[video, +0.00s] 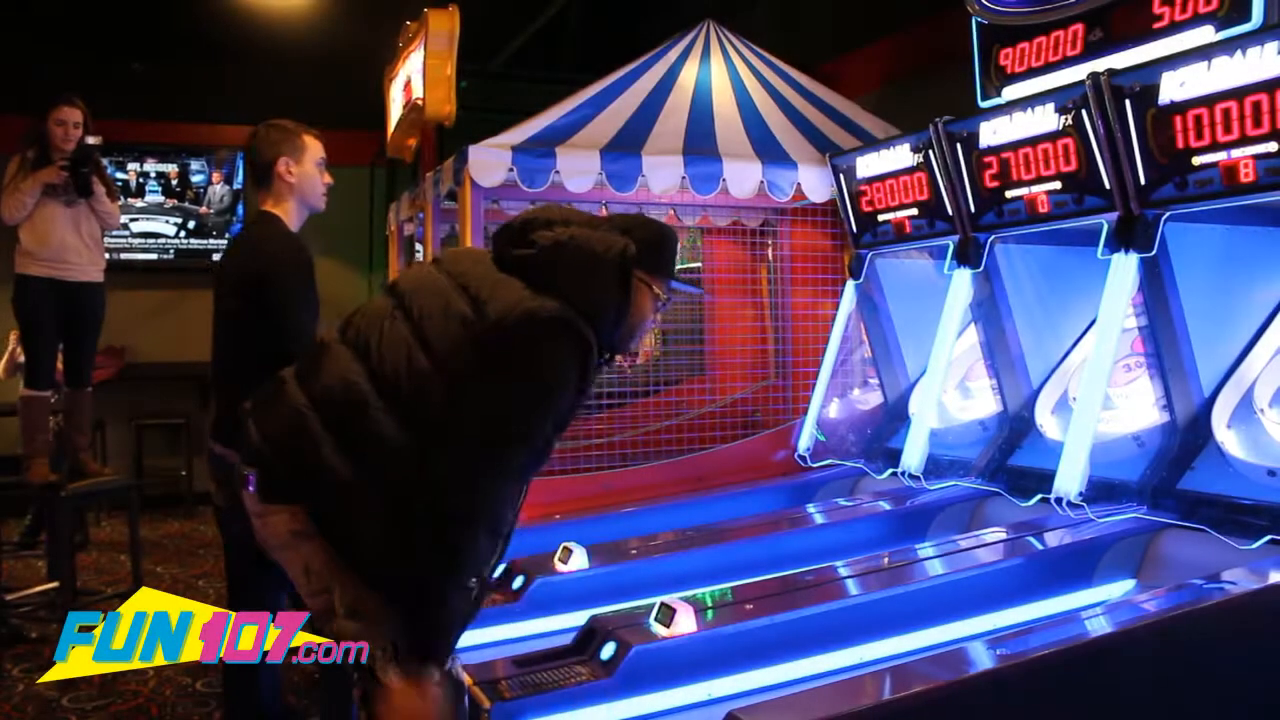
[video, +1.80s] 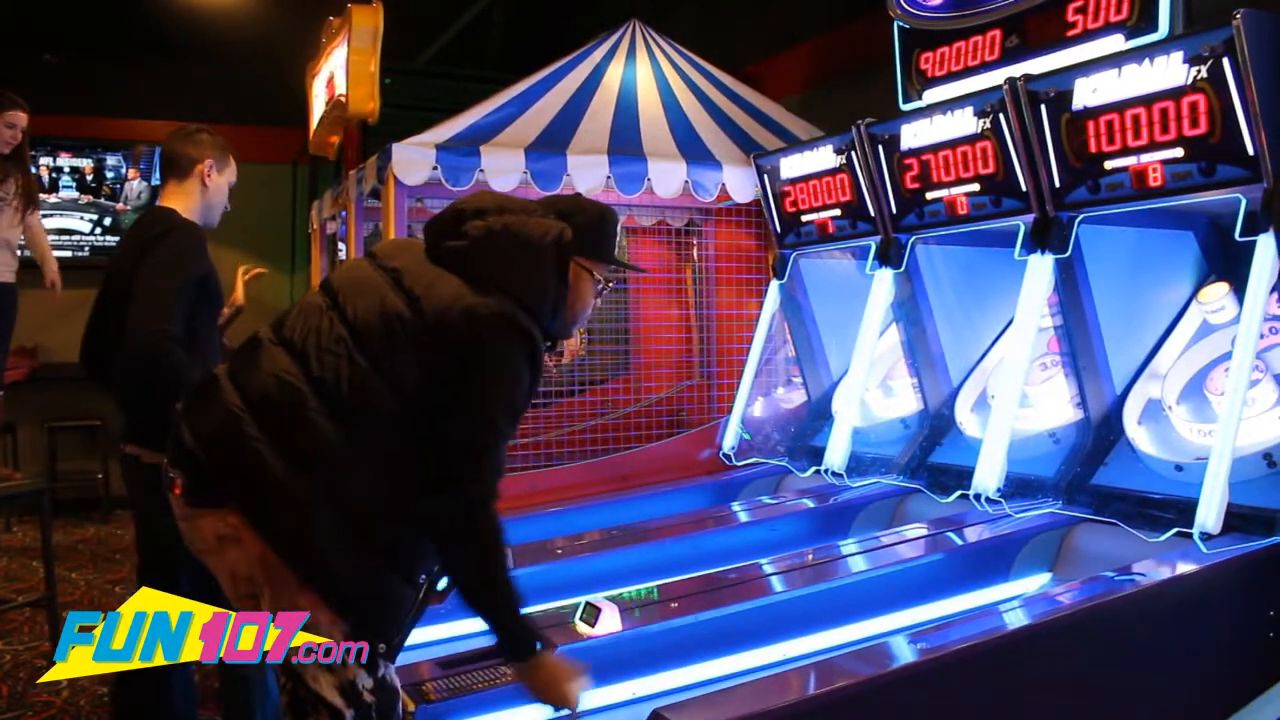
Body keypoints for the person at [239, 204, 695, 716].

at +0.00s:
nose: (658, 319)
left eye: (662, 302)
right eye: (655, 297)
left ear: (600, 273)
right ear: (617, 279)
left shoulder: (479, 272)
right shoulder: (555, 335)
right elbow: (480, 490)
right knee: (417, 689)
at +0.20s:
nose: (646, 328)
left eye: (653, 311)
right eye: (646, 306)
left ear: (583, 270)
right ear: (611, 288)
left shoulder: (469, 270)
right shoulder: (551, 342)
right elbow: (468, 492)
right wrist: (415, 650)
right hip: (313, 504)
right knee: (406, 688)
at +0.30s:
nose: (642, 317)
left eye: (648, 301)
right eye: (642, 297)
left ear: (567, 263)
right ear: (606, 281)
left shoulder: (458, 266)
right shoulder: (553, 341)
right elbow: (512, 480)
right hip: (329, 507)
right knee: (404, 692)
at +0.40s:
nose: (633, 311)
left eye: (639, 296)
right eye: (635, 292)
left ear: (557, 252)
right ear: (606, 279)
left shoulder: (450, 264)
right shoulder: (551, 345)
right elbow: (597, 492)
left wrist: (437, 551)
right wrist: (686, 572)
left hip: (262, 466)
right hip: (322, 500)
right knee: (396, 692)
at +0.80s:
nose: (616, 295)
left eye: (622, 279)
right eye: (615, 276)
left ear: (532, 245)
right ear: (578, 263)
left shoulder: (427, 263)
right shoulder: (532, 326)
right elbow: (566, 492)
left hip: (242, 465)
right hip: (303, 498)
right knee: (385, 694)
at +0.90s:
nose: (622, 294)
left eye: (627, 279)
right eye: (620, 275)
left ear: (542, 245)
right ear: (585, 264)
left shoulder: (436, 261)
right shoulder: (534, 332)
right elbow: (543, 510)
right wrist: (611, 657)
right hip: (288, 494)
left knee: (384, 686)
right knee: (375, 694)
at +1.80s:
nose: (598, 301)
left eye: (603, 284)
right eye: (595, 280)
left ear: (531, 258)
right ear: (555, 267)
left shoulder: (415, 262)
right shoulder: (496, 331)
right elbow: (461, 505)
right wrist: (526, 649)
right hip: (260, 504)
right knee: (348, 695)